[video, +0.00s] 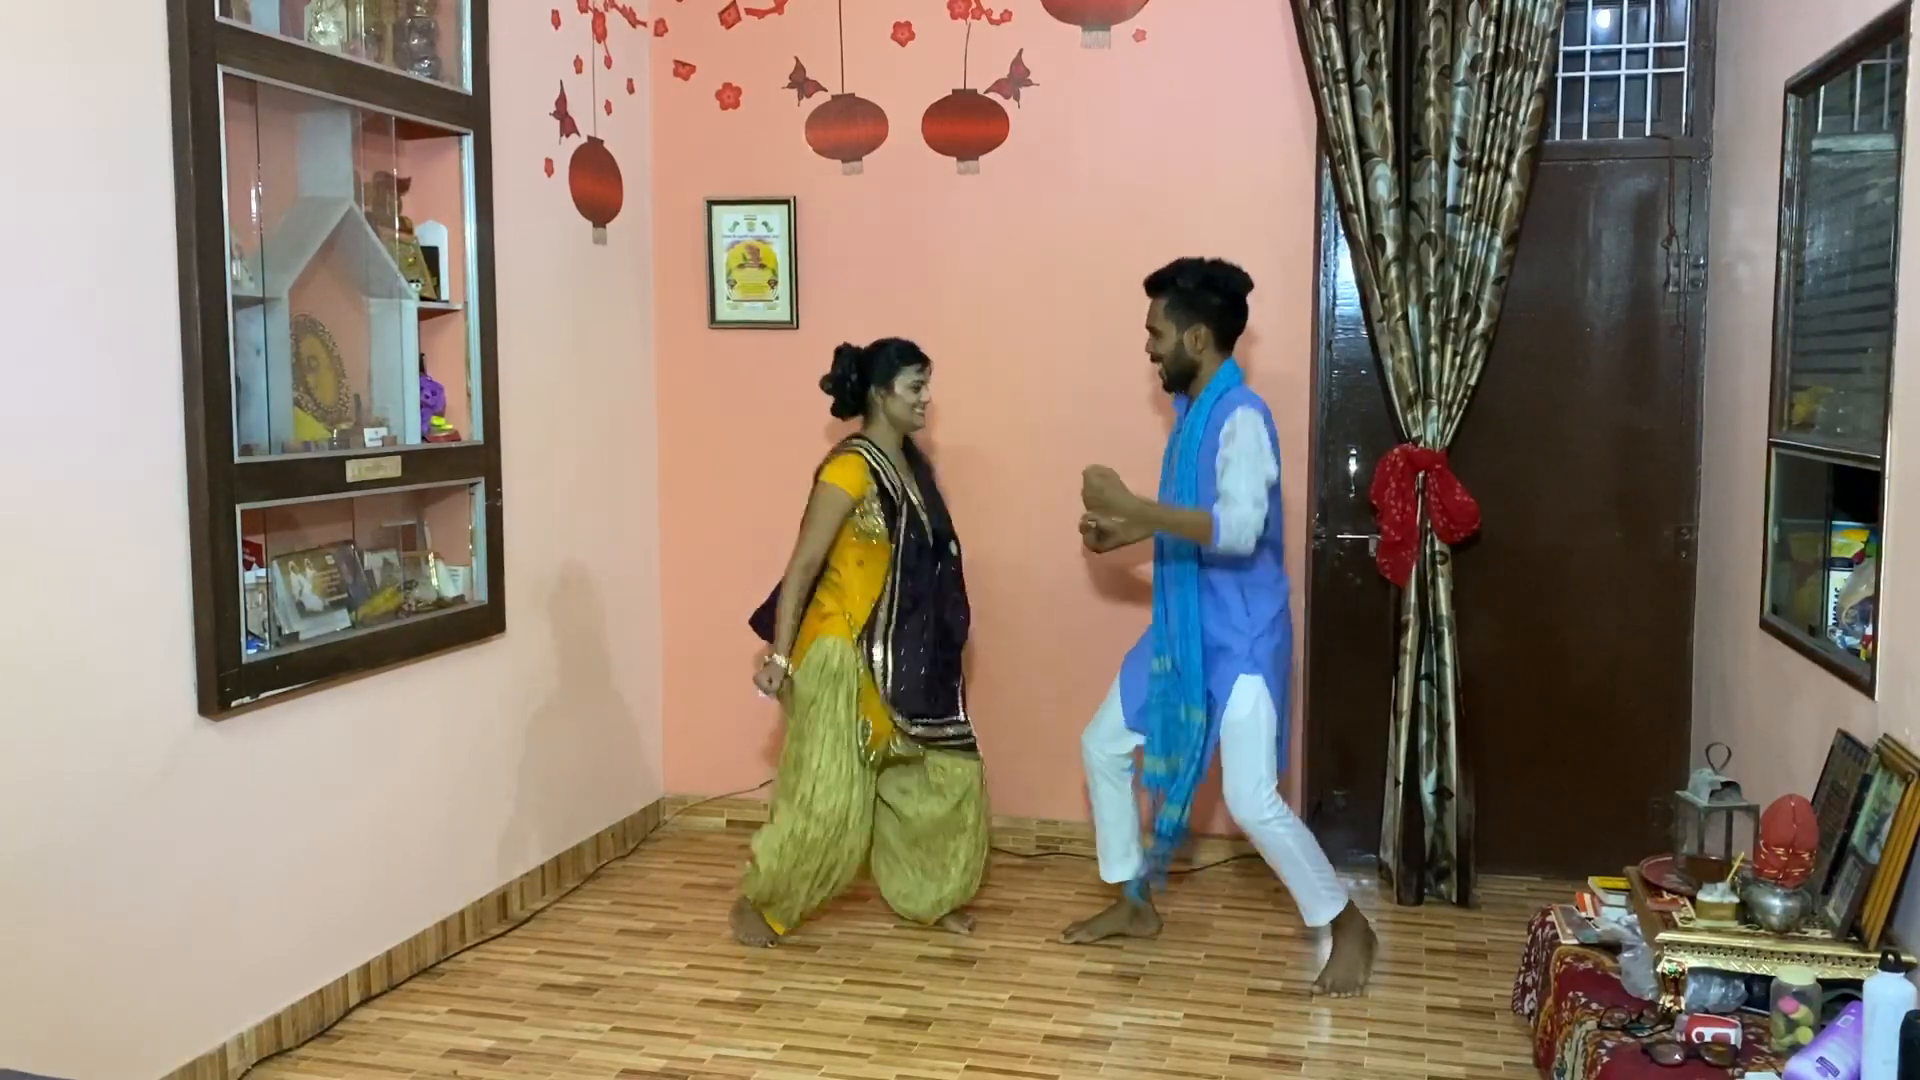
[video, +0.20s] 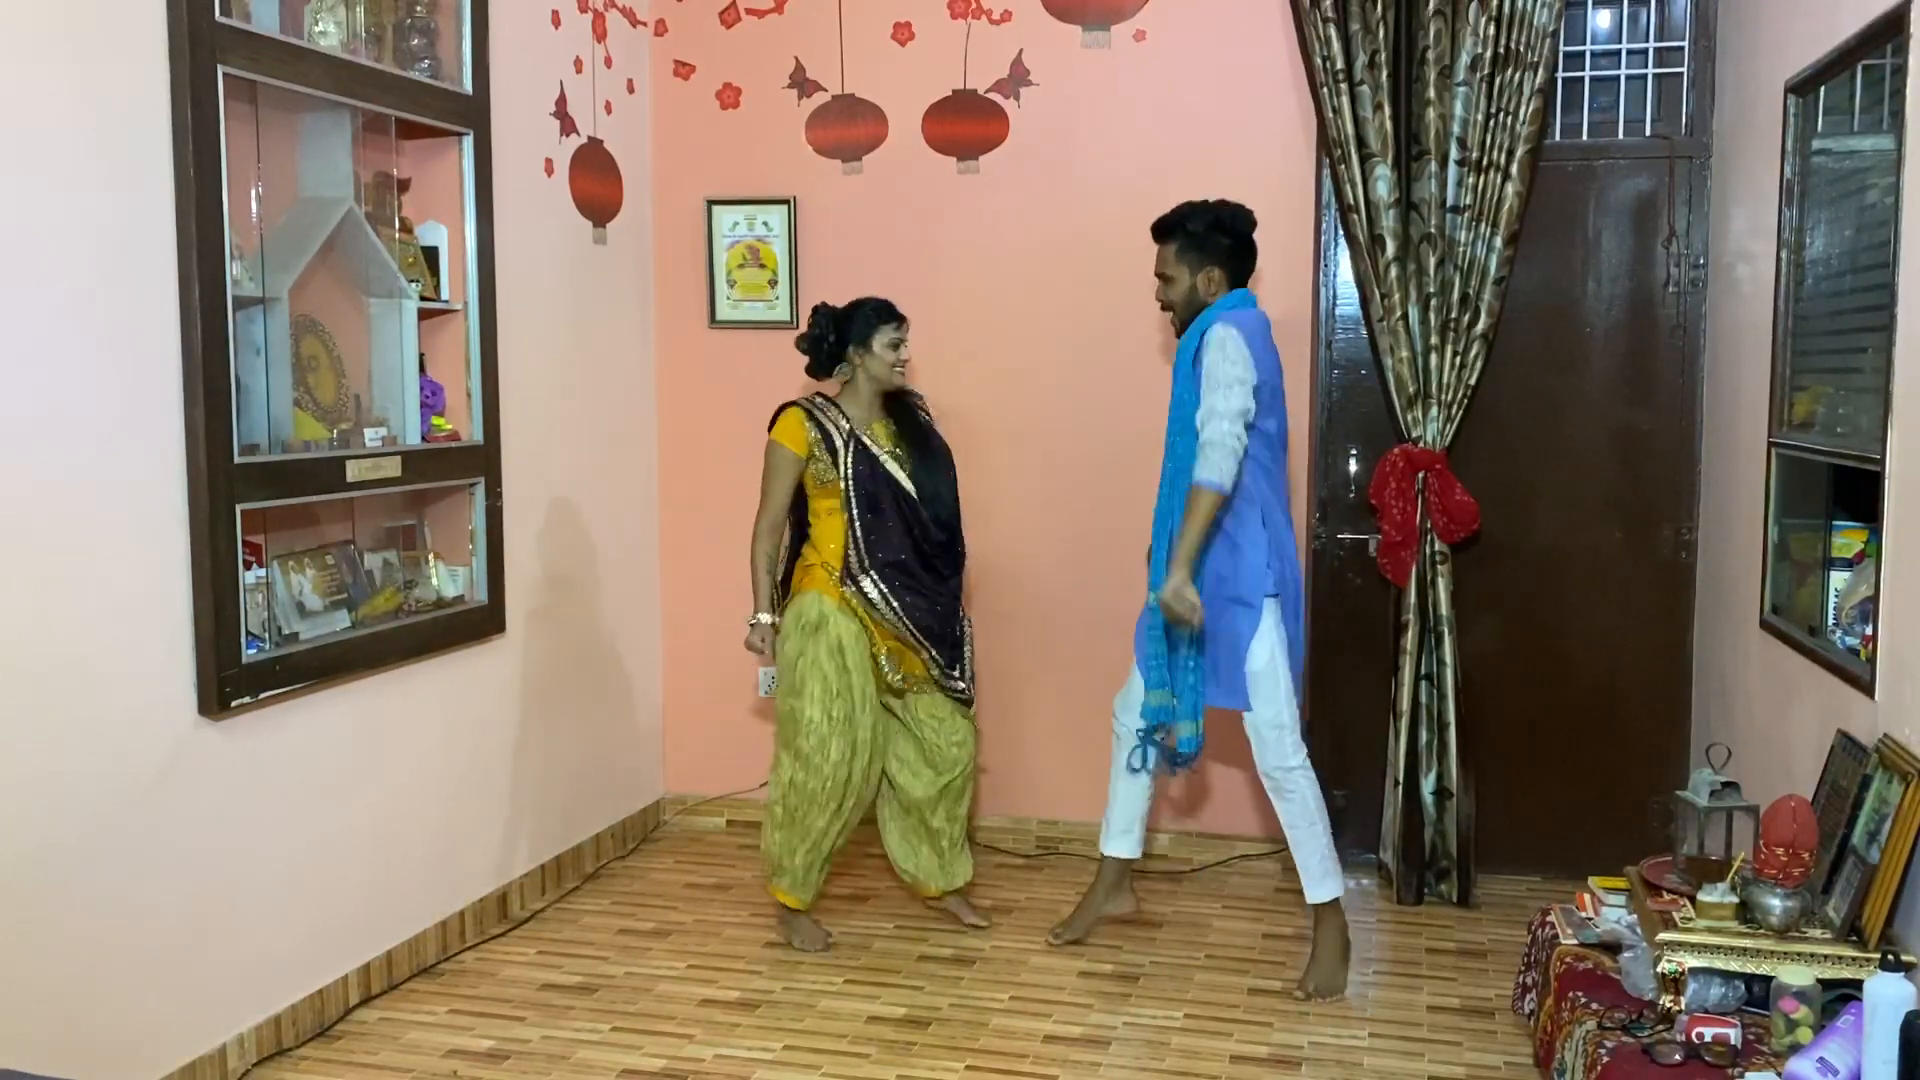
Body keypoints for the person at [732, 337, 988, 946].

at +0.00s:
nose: (924, 399)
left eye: (926, 388)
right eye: (913, 388)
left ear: (913, 395)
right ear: (877, 394)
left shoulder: (909, 464)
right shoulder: (848, 468)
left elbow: (910, 565)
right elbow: (804, 565)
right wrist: (780, 651)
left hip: (903, 651)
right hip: (842, 653)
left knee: (945, 773)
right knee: (828, 792)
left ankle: (927, 895)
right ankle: (759, 897)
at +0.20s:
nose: (905, 357)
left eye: (905, 346)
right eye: (893, 346)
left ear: (883, 355)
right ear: (854, 354)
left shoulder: (908, 421)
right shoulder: (803, 423)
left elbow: (932, 515)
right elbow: (772, 522)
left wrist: (943, 608)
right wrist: (762, 612)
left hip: (910, 614)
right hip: (831, 611)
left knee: (947, 744)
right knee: (826, 754)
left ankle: (943, 880)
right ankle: (794, 902)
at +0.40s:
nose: (889, 388)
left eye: (887, 377)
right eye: (874, 380)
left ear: (882, 388)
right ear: (838, 398)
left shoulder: (917, 457)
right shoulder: (799, 475)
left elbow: (945, 554)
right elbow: (789, 578)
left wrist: (930, 623)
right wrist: (794, 593)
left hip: (911, 641)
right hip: (826, 644)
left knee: (968, 768)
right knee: (828, 780)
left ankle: (966, 899)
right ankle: (803, 911)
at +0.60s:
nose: (889, 364)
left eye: (887, 350)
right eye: (879, 352)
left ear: (840, 362)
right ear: (845, 360)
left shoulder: (825, 419)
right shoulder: (853, 418)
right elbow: (923, 468)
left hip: (905, 612)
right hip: (859, 615)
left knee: (948, 748)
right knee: (842, 761)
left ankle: (952, 885)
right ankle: (797, 899)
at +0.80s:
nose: (892, 394)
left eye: (890, 382)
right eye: (883, 384)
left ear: (838, 395)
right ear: (850, 394)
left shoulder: (817, 471)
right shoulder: (892, 440)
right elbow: (982, 494)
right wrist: (1027, 416)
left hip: (872, 631)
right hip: (922, 629)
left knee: (953, 766)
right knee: (860, 772)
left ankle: (948, 898)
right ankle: (782, 915)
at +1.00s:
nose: (907, 346)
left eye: (902, 335)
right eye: (894, 339)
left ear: (861, 354)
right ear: (862, 354)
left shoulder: (864, 411)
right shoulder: (885, 413)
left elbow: (945, 467)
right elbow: (963, 494)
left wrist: (1003, 409)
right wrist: (1029, 442)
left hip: (908, 602)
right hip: (896, 605)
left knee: (953, 743)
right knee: (871, 750)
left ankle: (956, 884)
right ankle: (789, 900)